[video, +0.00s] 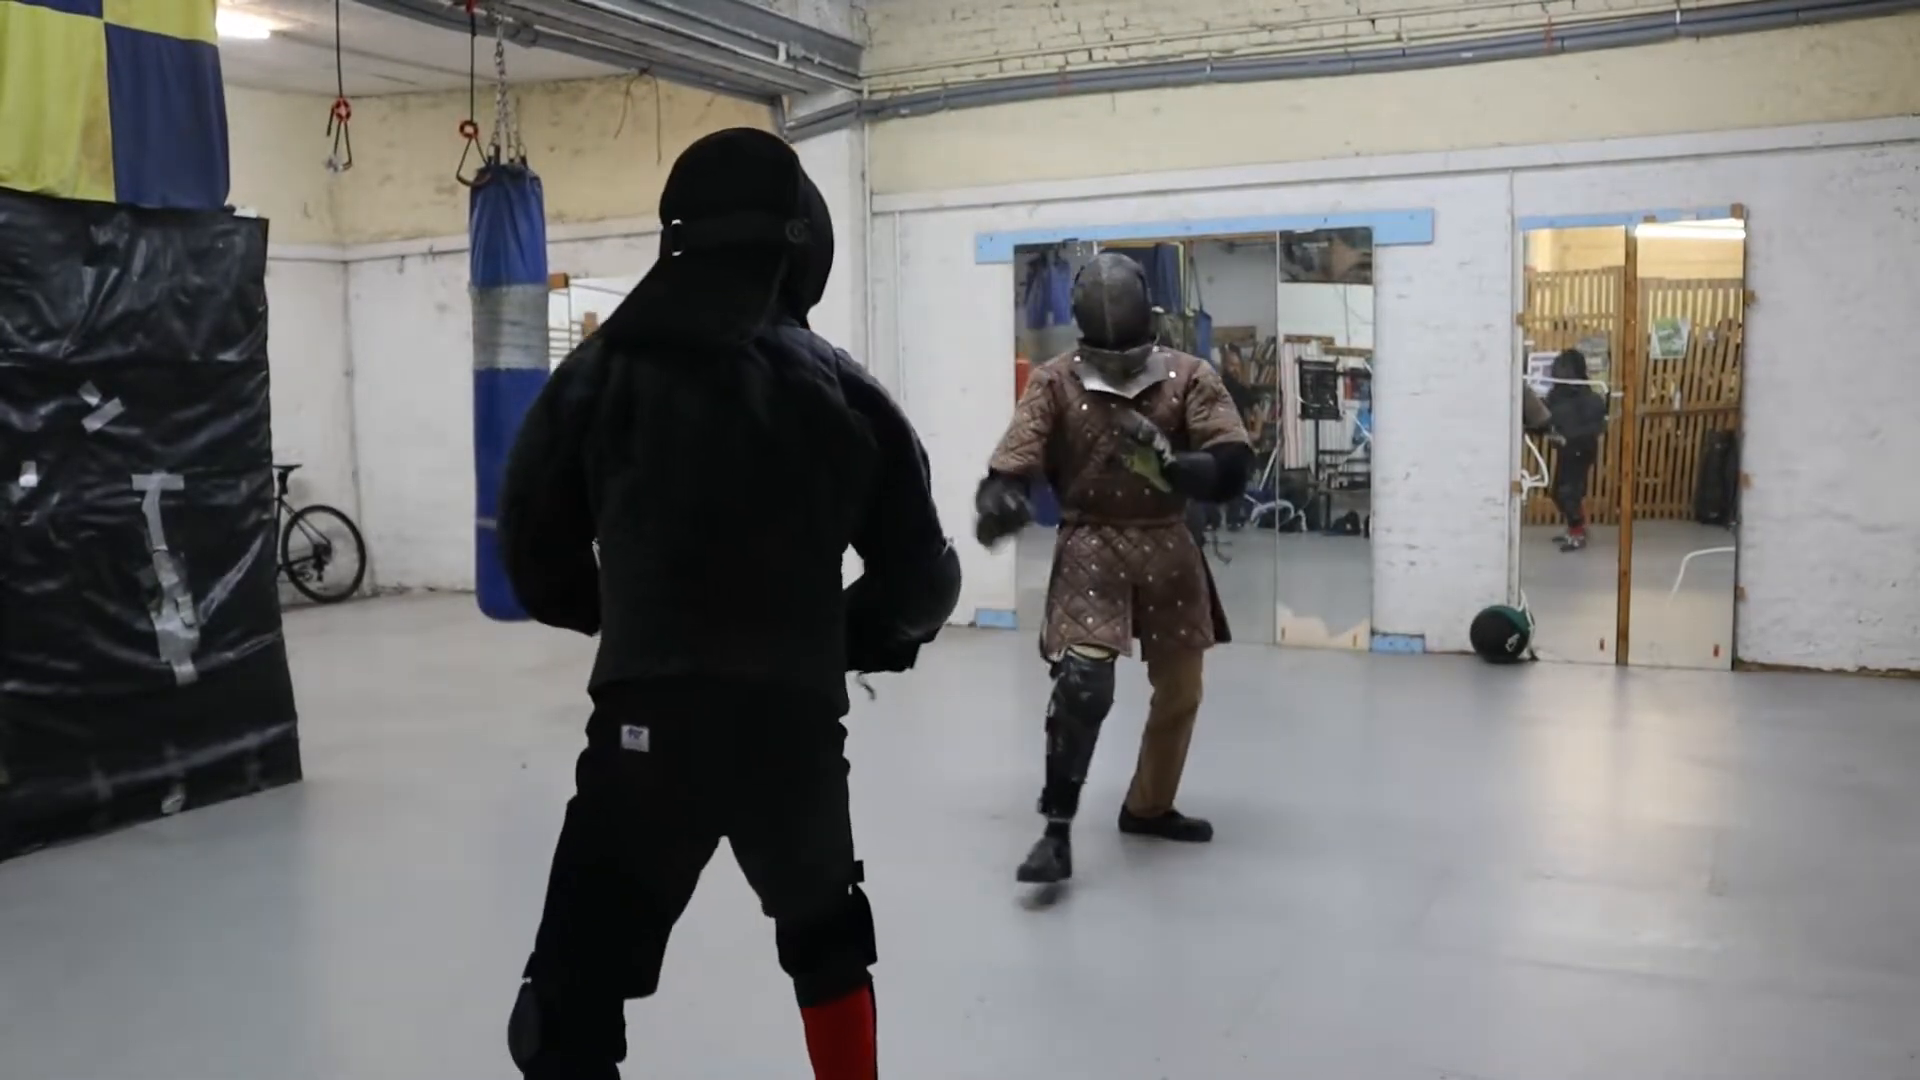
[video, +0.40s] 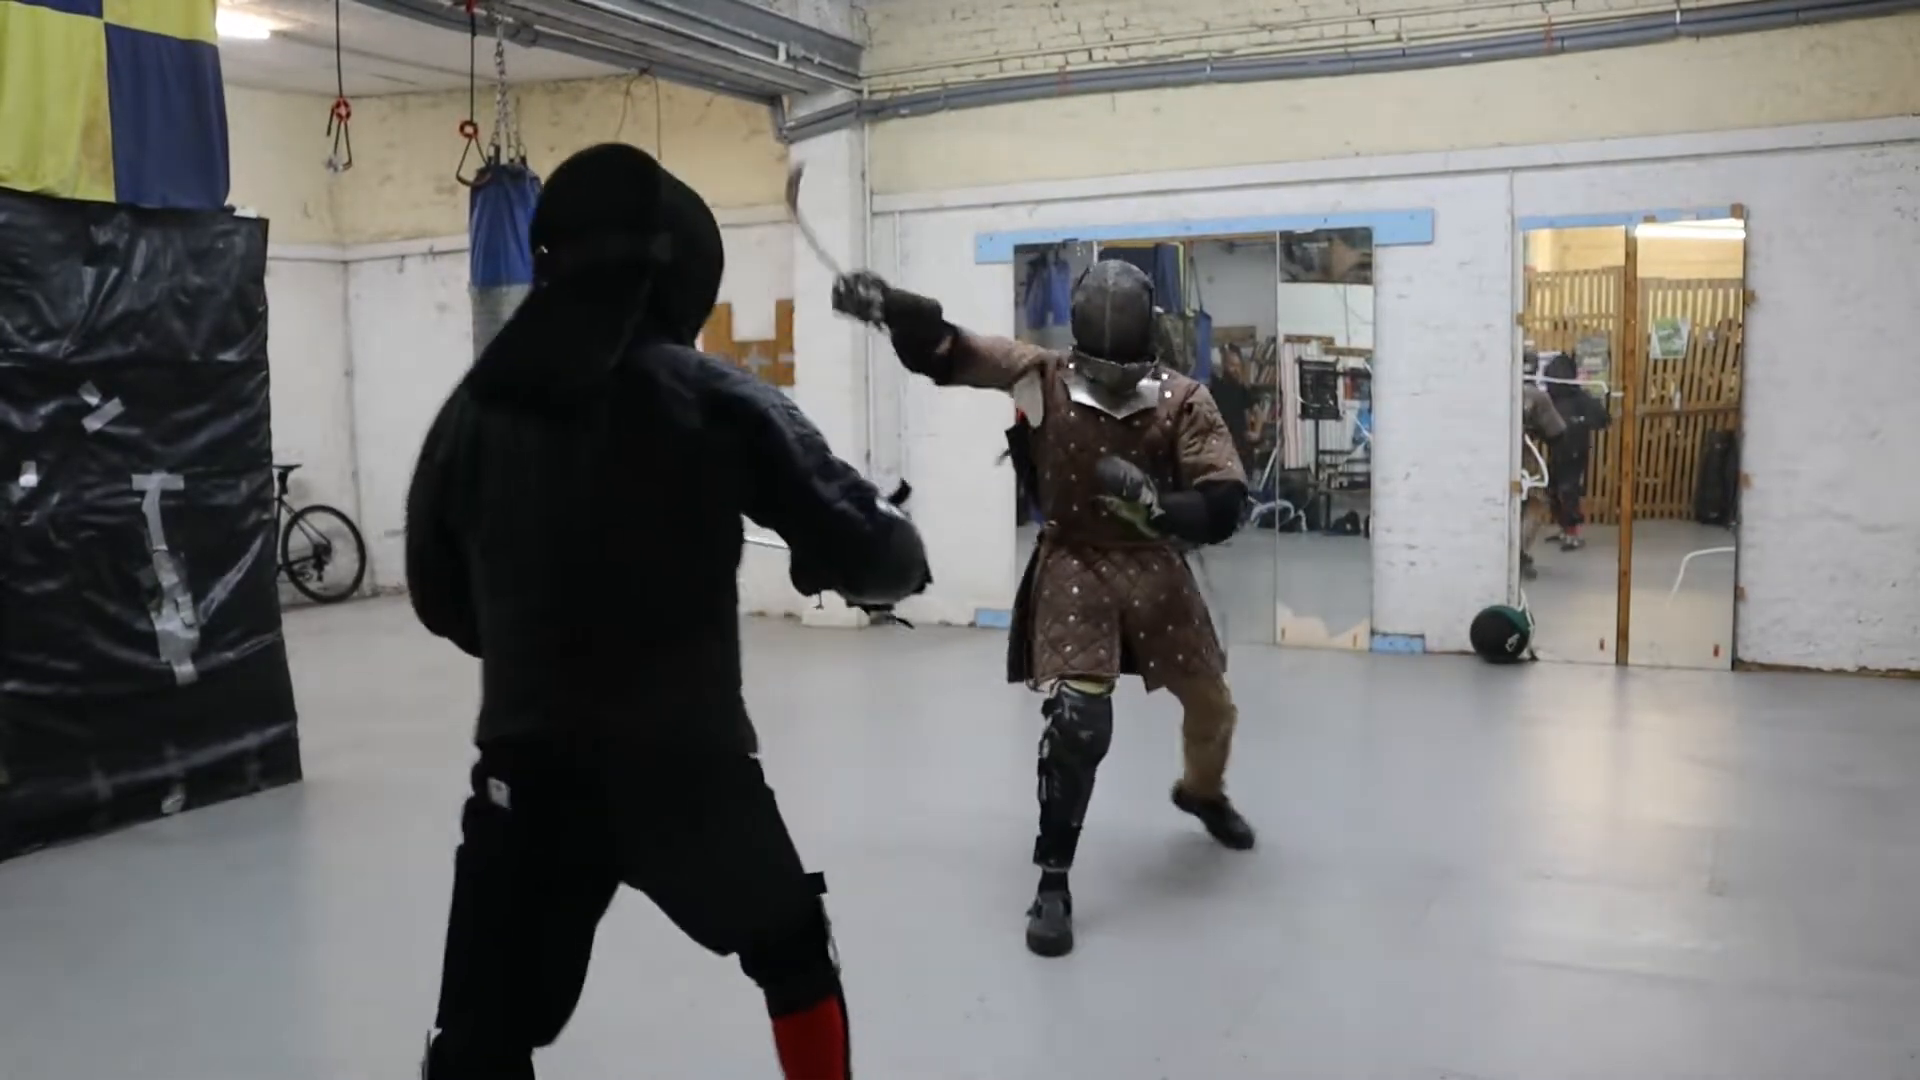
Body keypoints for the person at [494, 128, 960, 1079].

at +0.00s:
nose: (814, 258)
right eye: (807, 239)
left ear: (676, 243)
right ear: (796, 248)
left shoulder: (598, 374)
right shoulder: (839, 391)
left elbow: (536, 558)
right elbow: (922, 575)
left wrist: (625, 605)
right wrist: (841, 636)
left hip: (645, 736)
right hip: (792, 735)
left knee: (578, 984)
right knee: (827, 942)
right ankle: (849, 1073)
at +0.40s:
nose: (710, 284)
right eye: (699, 260)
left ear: (550, 263)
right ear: (681, 269)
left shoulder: (476, 410)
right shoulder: (714, 401)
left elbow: (441, 597)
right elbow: (880, 557)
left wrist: (551, 636)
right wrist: (869, 550)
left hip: (528, 778)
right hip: (688, 776)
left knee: (476, 1040)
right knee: (791, 949)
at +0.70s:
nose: (623, 297)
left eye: (618, 268)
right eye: (613, 269)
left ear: (455, 271)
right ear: (586, 276)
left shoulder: (390, 423)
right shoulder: (612, 412)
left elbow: (378, 617)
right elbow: (796, 552)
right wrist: (834, 497)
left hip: (441, 818)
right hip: (602, 812)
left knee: (372, 1057)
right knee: (759, 959)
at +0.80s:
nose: (583, 288)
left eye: (578, 262)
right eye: (575, 263)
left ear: (416, 263)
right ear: (550, 270)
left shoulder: (341, 415)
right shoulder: (575, 410)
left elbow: (319, 617)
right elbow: (708, 584)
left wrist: (446, 620)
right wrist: (784, 562)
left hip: (396, 813)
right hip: (559, 808)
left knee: (344, 1062)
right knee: (713, 989)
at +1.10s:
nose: (550, 272)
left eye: (545, 246)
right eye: (541, 247)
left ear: (373, 245)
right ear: (505, 252)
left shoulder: (319, 395)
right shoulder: (540, 380)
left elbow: (324, 559)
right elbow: (715, 543)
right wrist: (772, 500)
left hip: (383, 798)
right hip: (543, 790)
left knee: (339, 1058)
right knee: (682, 957)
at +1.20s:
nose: (574, 268)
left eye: (568, 241)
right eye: (564, 243)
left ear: (406, 255)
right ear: (538, 253)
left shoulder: (357, 406)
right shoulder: (576, 381)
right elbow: (783, 460)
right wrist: (856, 401)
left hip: (412, 802)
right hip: (572, 795)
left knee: (359, 1056)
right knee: (698, 959)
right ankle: (756, 1073)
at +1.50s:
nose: (694, 264)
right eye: (684, 244)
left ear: (550, 258)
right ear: (666, 256)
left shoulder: (471, 402)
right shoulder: (710, 390)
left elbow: (435, 580)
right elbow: (873, 511)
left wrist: (540, 602)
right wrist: (938, 466)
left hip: (535, 755)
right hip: (683, 748)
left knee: (485, 995)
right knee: (771, 921)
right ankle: (794, 1071)